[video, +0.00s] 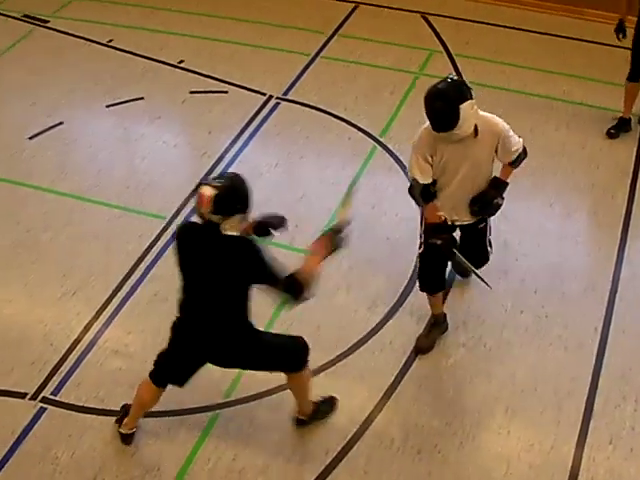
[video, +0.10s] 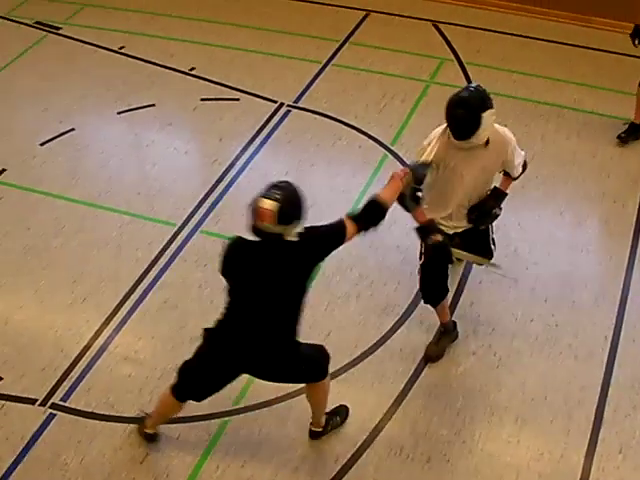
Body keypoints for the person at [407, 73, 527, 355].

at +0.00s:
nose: (456, 134)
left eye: (459, 127)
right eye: (449, 130)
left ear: (469, 113)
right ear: (437, 123)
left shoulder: (493, 128)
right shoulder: (426, 141)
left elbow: (515, 154)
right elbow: (422, 189)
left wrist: (497, 188)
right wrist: (436, 231)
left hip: (475, 213)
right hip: (438, 215)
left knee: (476, 259)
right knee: (431, 272)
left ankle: (460, 262)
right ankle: (438, 319)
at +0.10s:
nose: (459, 141)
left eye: (466, 137)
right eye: (455, 136)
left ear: (482, 127)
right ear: (450, 124)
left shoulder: (501, 140)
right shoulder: (438, 141)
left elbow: (516, 166)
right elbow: (407, 190)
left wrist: (496, 197)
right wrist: (428, 230)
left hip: (472, 221)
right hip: (434, 220)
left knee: (482, 255)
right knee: (431, 286)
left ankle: (446, 243)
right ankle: (446, 327)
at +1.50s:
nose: (223, 123)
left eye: (227, 117)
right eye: (216, 120)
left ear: (231, 106)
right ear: (202, 114)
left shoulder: (250, 124)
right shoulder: (190, 127)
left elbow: (274, 160)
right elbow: (171, 156)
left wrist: (268, 198)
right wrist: (191, 190)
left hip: (245, 193)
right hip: (206, 196)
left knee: (261, 245)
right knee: (192, 242)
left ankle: (254, 264)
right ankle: (196, 268)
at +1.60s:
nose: (217, 131)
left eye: (221, 125)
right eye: (210, 127)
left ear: (225, 115)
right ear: (195, 119)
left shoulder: (241, 132)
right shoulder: (178, 135)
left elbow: (257, 166)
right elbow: (162, 162)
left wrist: (252, 202)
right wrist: (177, 198)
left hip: (233, 198)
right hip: (194, 200)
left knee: (257, 252)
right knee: (181, 245)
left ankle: (256, 288)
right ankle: (183, 271)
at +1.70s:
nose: (215, 147)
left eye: (219, 142)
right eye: (208, 143)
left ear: (223, 131)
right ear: (192, 133)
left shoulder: (233, 145)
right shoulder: (166, 148)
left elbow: (241, 179)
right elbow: (149, 180)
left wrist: (235, 214)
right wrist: (167, 210)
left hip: (220, 210)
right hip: (180, 213)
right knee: (167, 255)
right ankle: (166, 277)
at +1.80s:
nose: (204, 164)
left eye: (208, 159)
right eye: (198, 159)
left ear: (212, 150)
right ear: (183, 149)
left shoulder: (217, 165)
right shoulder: (156, 166)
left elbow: (217, 196)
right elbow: (131, 205)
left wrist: (213, 228)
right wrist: (159, 237)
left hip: (201, 229)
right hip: (161, 233)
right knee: (140, 271)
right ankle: (136, 283)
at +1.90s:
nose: (191, 179)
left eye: (195, 173)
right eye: (186, 173)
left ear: (200, 165)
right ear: (170, 162)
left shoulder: (202, 178)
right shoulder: (144, 181)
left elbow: (200, 211)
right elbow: (121, 223)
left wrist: (196, 244)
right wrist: (155, 257)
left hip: (181, 243)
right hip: (141, 245)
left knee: (221, 297)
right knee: (117, 272)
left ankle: (233, 350)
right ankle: (100, 278)